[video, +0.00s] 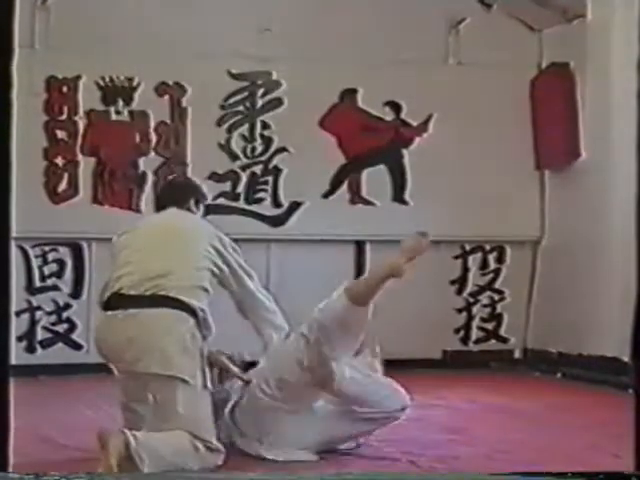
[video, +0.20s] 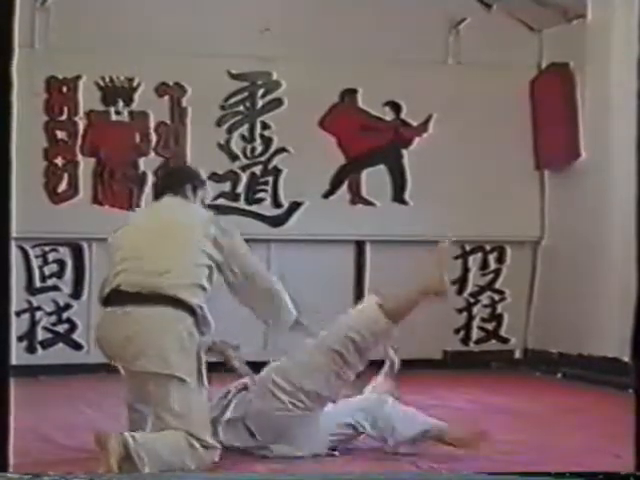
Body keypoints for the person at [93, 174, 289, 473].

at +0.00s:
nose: (203, 214)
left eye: (202, 209)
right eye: (203, 208)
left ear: (158, 205)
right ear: (196, 206)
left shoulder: (127, 237)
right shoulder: (207, 235)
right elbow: (253, 299)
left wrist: (204, 356)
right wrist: (284, 354)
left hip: (111, 326)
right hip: (168, 329)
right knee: (203, 447)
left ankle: (134, 452)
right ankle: (128, 446)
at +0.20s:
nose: (206, 202)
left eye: (206, 196)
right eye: (204, 196)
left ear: (156, 194)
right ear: (192, 192)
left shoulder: (126, 229)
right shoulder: (208, 223)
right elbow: (255, 281)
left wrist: (206, 342)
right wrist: (289, 322)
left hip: (112, 322)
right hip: (165, 327)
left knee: (140, 389)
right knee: (198, 445)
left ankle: (139, 449)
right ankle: (128, 449)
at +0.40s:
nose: (222, 165)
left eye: (223, 159)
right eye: (221, 158)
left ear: (178, 152)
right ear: (206, 154)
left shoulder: (141, 186)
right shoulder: (217, 182)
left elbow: (119, 246)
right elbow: (222, 225)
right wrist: (235, 286)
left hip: (118, 286)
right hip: (168, 294)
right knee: (172, 421)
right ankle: (109, 445)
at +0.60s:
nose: (268, 128)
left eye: (271, 119)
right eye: (266, 117)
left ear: (232, 109)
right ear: (244, 109)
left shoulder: (187, 136)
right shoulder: (230, 147)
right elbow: (202, 192)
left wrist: (203, 274)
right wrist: (215, 272)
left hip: (122, 248)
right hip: (156, 255)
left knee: (156, 366)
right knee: (201, 382)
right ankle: (112, 441)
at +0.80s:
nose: (301, 112)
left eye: (306, 104)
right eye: (302, 100)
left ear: (275, 87)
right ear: (279, 86)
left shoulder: (238, 117)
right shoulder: (240, 119)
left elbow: (204, 191)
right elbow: (202, 189)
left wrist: (234, 249)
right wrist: (236, 250)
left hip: (161, 244)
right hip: (167, 248)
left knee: (178, 368)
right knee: (182, 371)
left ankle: (134, 446)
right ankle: (102, 456)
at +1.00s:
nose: (345, 103)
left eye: (350, 94)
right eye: (346, 90)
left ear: (318, 75)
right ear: (323, 74)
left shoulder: (276, 103)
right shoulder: (283, 108)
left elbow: (261, 198)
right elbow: (269, 195)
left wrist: (316, 220)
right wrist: (320, 216)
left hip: (229, 248)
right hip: (207, 244)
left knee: (273, 332)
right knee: (188, 369)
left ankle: (241, 436)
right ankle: (101, 453)